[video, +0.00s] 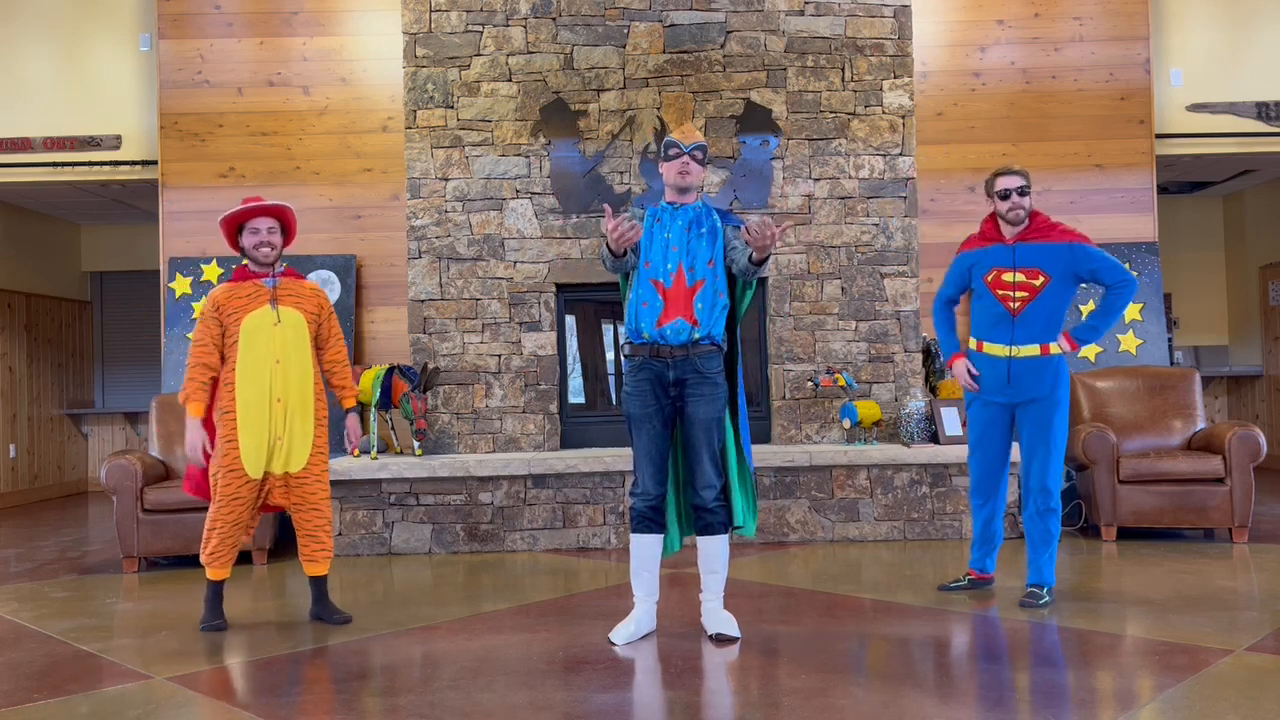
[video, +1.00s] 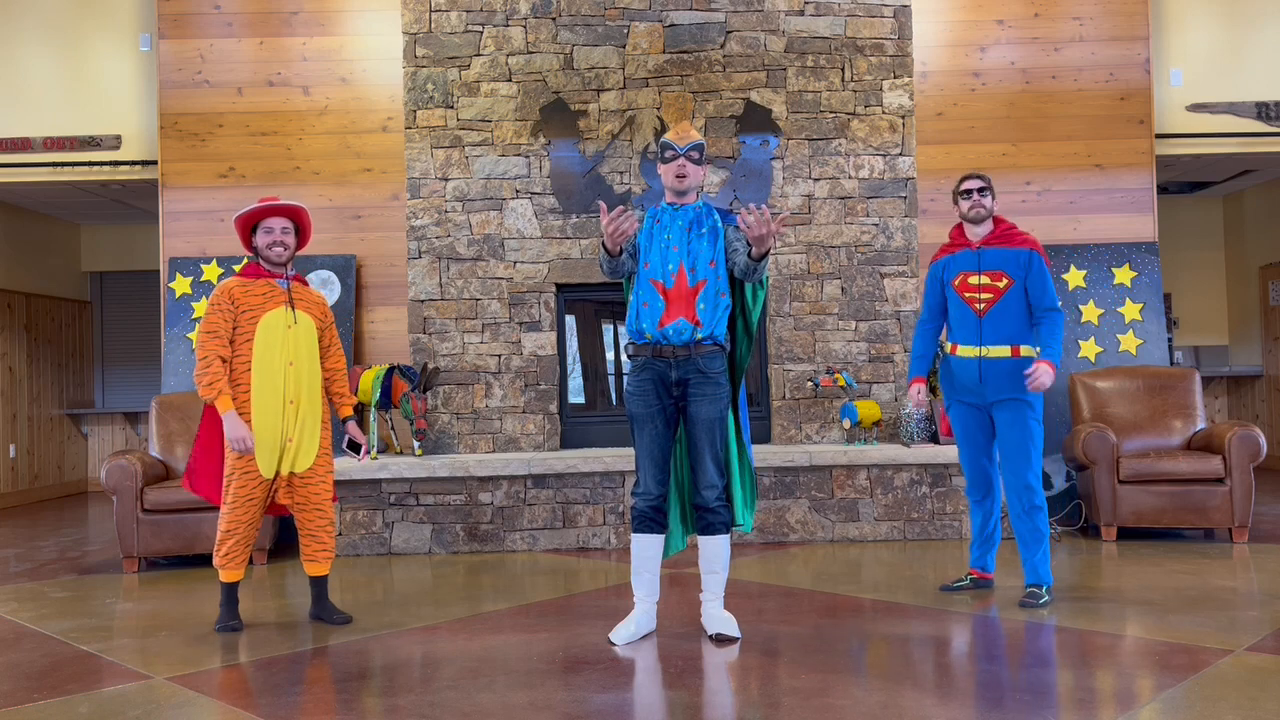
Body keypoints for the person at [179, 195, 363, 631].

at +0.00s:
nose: (264, 239)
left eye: (272, 232)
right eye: (254, 233)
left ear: (284, 240)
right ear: (240, 242)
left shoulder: (311, 295)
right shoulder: (222, 298)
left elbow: (334, 354)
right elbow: (203, 360)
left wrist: (350, 409)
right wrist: (194, 420)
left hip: (304, 425)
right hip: (241, 426)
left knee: (314, 506)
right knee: (229, 508)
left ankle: (321, 600)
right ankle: (213, 603)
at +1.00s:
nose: (278, 239)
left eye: (286, 232)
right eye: (268, 232)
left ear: (296, 242)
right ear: (254, 241)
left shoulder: (314, 299)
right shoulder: (231, 293)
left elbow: (334, 361)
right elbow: (210, 357)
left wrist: (347, 418)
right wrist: (229, 416)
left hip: (308, 425)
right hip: (252, 424)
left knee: (317, 508)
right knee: (239, 512)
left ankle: (321, 600)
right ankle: (229, 606)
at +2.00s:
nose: (277, 242)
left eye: (284, 235)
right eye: (267, 235)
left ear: (293, 243)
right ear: (251, 243)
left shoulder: (303, 300)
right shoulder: (229, 293)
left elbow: (318, 367)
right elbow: (200, 353)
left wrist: (332, 420)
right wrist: (207, 343)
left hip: (303, 418)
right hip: (250, 418)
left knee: (318, 499)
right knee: (244, 500)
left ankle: (321, 600)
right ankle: (229, 605)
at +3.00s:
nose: (290, 249)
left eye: (293, 242)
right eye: (281, 241)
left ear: (294, 245)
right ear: (255, 246)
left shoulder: (300, 297)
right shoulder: (225, 294)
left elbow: (324, 352)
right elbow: (232, 331)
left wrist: (354, 346)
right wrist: (283, 294)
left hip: (303, 423)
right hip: (248, 425)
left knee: (316, 502)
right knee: (242, 507)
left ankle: (320, 600)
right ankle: (229, 607)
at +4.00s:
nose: (287, 251)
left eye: (289, 243)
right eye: (278, 242)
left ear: (290, 246)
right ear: (252, 245)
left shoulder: (300, 298)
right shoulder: (222, 297)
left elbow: (326, 357)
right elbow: (237, 346)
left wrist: (339, 329)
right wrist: (300, 326)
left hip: (303, 419)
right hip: (249, 421)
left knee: (317, 500)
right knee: (242, 504)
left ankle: (320, 601)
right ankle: (229, 606)